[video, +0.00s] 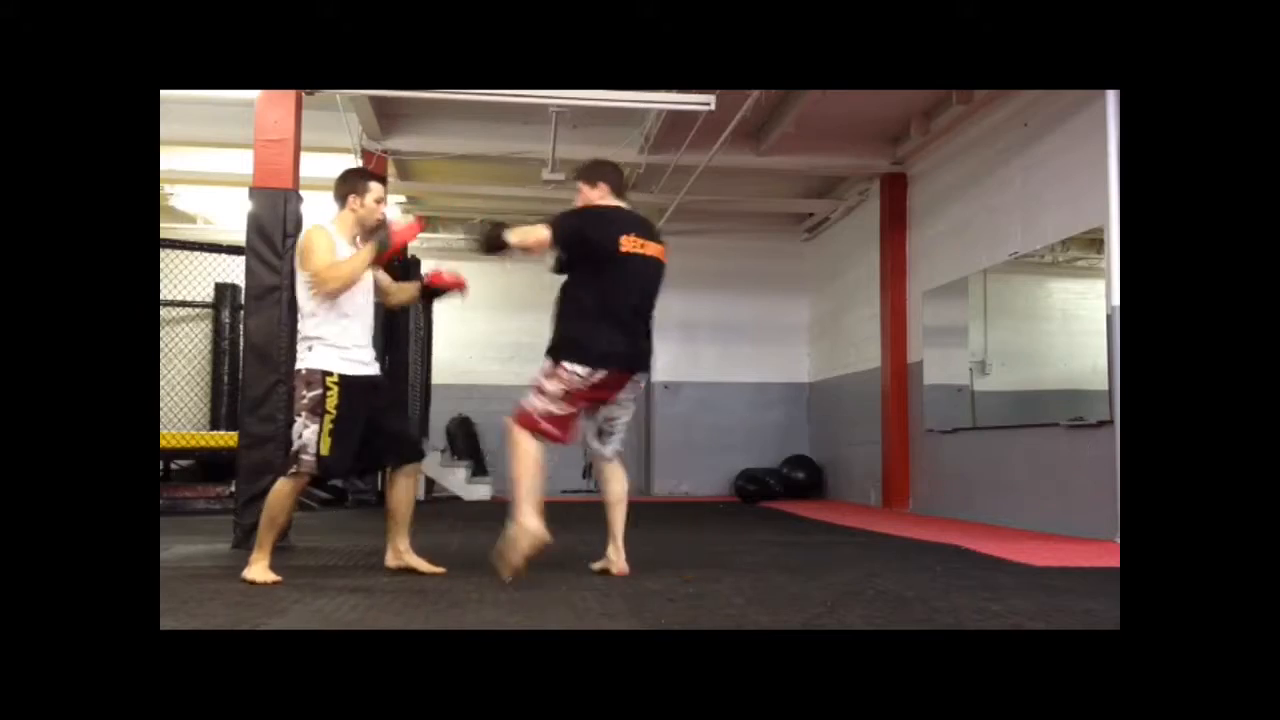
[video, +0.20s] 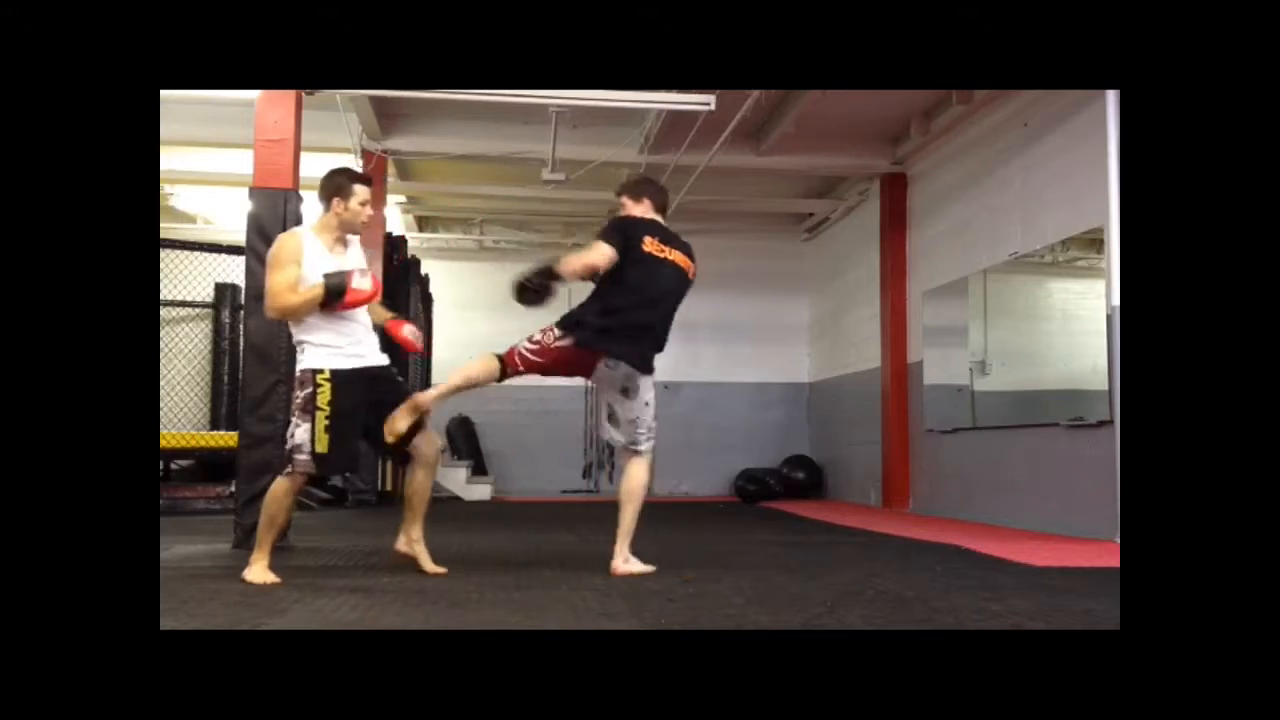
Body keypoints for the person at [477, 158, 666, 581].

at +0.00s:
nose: (578, 198)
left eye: (581, 191)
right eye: (579, 191)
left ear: (598, 188)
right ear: (619, 190)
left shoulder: (587, 219)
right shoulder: (652, 234)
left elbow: (535, 238)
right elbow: (620, 270)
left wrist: (500, 236)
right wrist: (572, 253)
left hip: (583, 352)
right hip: (632, 357)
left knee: (525, 426)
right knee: (607, 451)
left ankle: (527, 521)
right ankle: (616, 551)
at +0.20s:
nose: (620, 212)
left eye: (622, 206)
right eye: (620, 206)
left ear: (641, 204)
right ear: (661, 209)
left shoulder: (628, 225)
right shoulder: (686, 256)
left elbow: (596, 261)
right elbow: (647, 289)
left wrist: (550, 271)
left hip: (583, 339)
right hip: (631, 365)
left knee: (505, 362)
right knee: (638, 455)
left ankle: (427, 398)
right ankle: (622, 554)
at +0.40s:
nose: (614, 203)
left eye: (619, 195)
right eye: (615, 196)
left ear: (641, 194)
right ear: (657, 197)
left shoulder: (626, 222)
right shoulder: (694, 242)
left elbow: (590, 244)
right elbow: (701, 310)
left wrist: (552, 254)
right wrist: (663, 305)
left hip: (619, 348)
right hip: (667, 358)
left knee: (556, 419)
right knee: (659, 451)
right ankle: (636, 543)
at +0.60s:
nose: (613, 238)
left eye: (616, 230)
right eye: (614, 230)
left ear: (637, 228)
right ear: (654, 229)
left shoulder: (626, 259)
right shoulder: (692, 264)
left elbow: (558, 269)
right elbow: (725, 328)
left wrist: (508, 252)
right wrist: (681, 313)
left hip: (664, 383)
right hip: (710, 379)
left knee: (604, 463)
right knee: (728, 457)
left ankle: (609, 560)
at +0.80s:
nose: (674, 244)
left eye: (677, 234)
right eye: (673, 235)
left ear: (699, 230)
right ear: (708, 232)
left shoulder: (706, 262)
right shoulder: (752, 266)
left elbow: (705, 304)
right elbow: (765, 322)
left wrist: (662, 299)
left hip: (729, 382)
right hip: (770, 379)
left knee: (661, 449)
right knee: (786, 468)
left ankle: (682, 539)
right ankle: (839, 552)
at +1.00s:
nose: (700, 226)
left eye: (704, 217)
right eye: (699, 218)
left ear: (729, 215)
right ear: (727, 218)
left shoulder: (746, 243)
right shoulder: (746, 250)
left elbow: (783, 279)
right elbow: (761, 291)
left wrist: (732, 289)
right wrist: (721, 288)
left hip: (763, 364)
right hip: (791, 364)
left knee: (702, 442)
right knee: (799, 460)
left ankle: (724, 540)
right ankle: (843, 553)